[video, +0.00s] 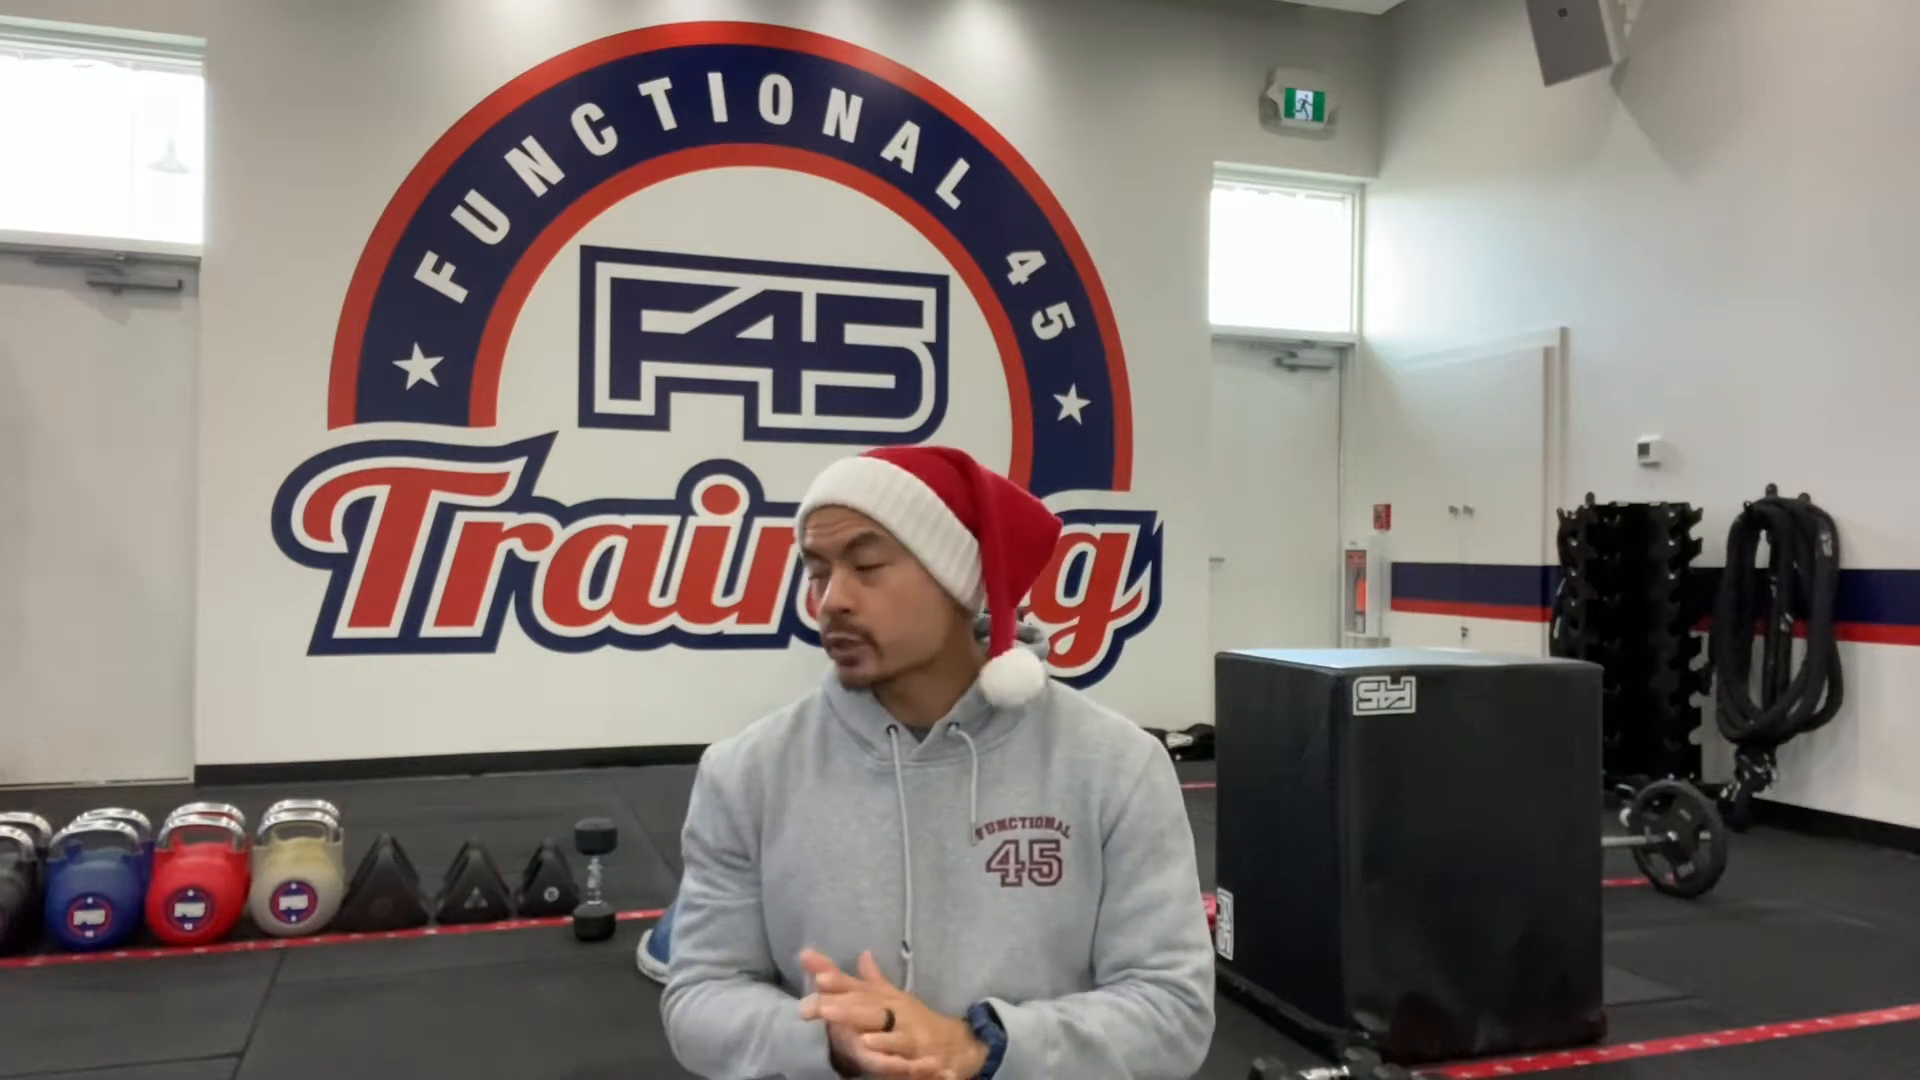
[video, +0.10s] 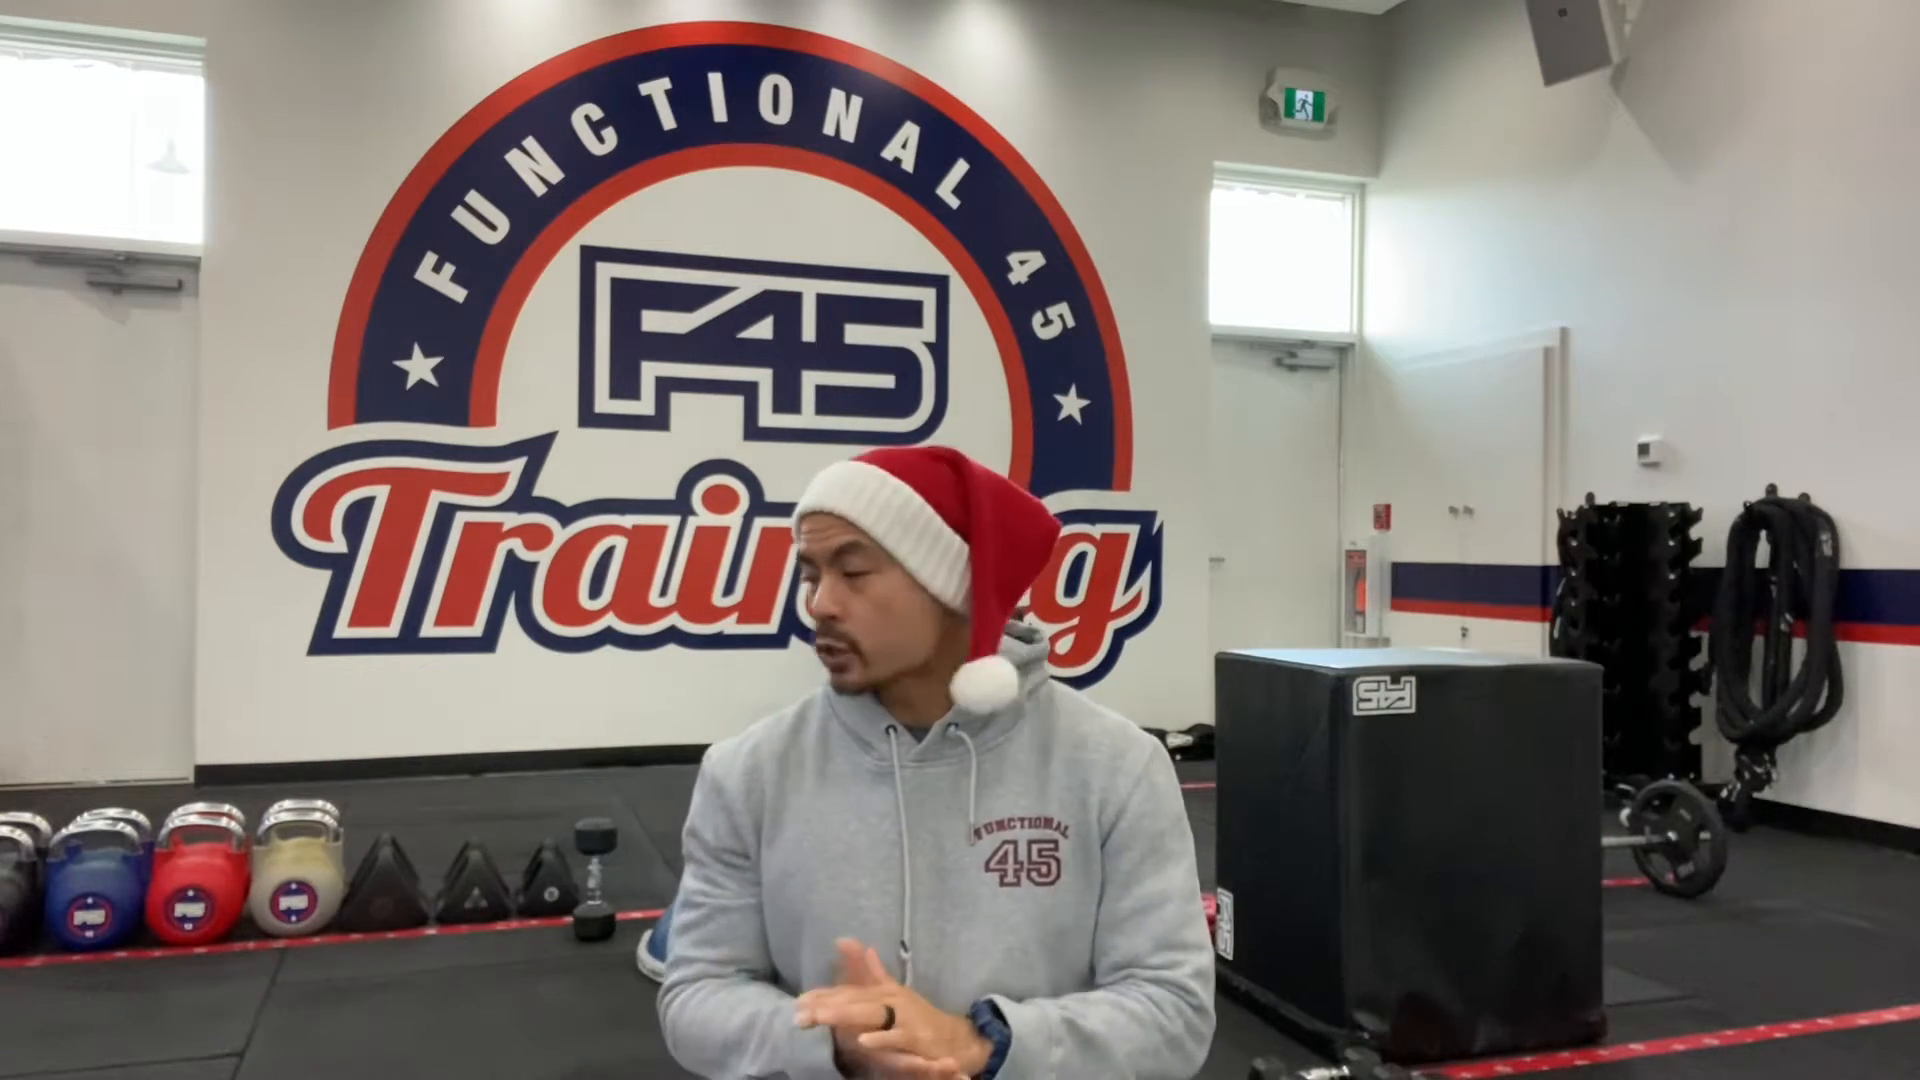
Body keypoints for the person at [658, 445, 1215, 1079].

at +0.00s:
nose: (830, 600)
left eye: (868, 563)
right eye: (818, 572)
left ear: (963, 570)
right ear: (809, 584)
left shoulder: (1115, 767)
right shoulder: (744, 776)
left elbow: (1172, 1008)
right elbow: (699, 997)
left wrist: (982, 1046)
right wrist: (830, 1043)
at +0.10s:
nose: (819, 605)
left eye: (855, 570)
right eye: (811, 575)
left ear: (956, 575)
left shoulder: (1115, 768)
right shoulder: (746, 776)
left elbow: (1172, 1009)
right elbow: (695, 997)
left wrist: (986, 1041)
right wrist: (832, 1039)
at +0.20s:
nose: (812, 613)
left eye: (846, 576)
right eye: (806, 580)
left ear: (947, 577)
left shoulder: (1113, 768)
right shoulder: (746, 776)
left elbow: (1173, 1010)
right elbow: (692, 997)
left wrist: (984, 1043)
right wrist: (837, 1044)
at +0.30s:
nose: (807, 618)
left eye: (839, 583)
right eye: (801, 585)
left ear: (942, 584)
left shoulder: (1111, 767)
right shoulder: (746, 775)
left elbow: (1176, 1010)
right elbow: (691, 995)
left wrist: (985, 1051)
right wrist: (832, 1044)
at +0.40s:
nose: (801, 620)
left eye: (833, 584)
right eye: (798, 585)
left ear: (938, 587)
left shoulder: (1109, 767)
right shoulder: (745, 776)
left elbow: (1177, 1010)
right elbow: (693, 994)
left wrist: (987, 1059)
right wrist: (836, 1046)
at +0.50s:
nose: (798, 620)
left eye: (830, 584)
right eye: (795, 586)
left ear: (935, 585)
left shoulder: (1107, 766)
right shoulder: (742, 780)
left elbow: (1176, 1008)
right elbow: (697, 994)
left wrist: (986, 1062)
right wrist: (823, 1043)